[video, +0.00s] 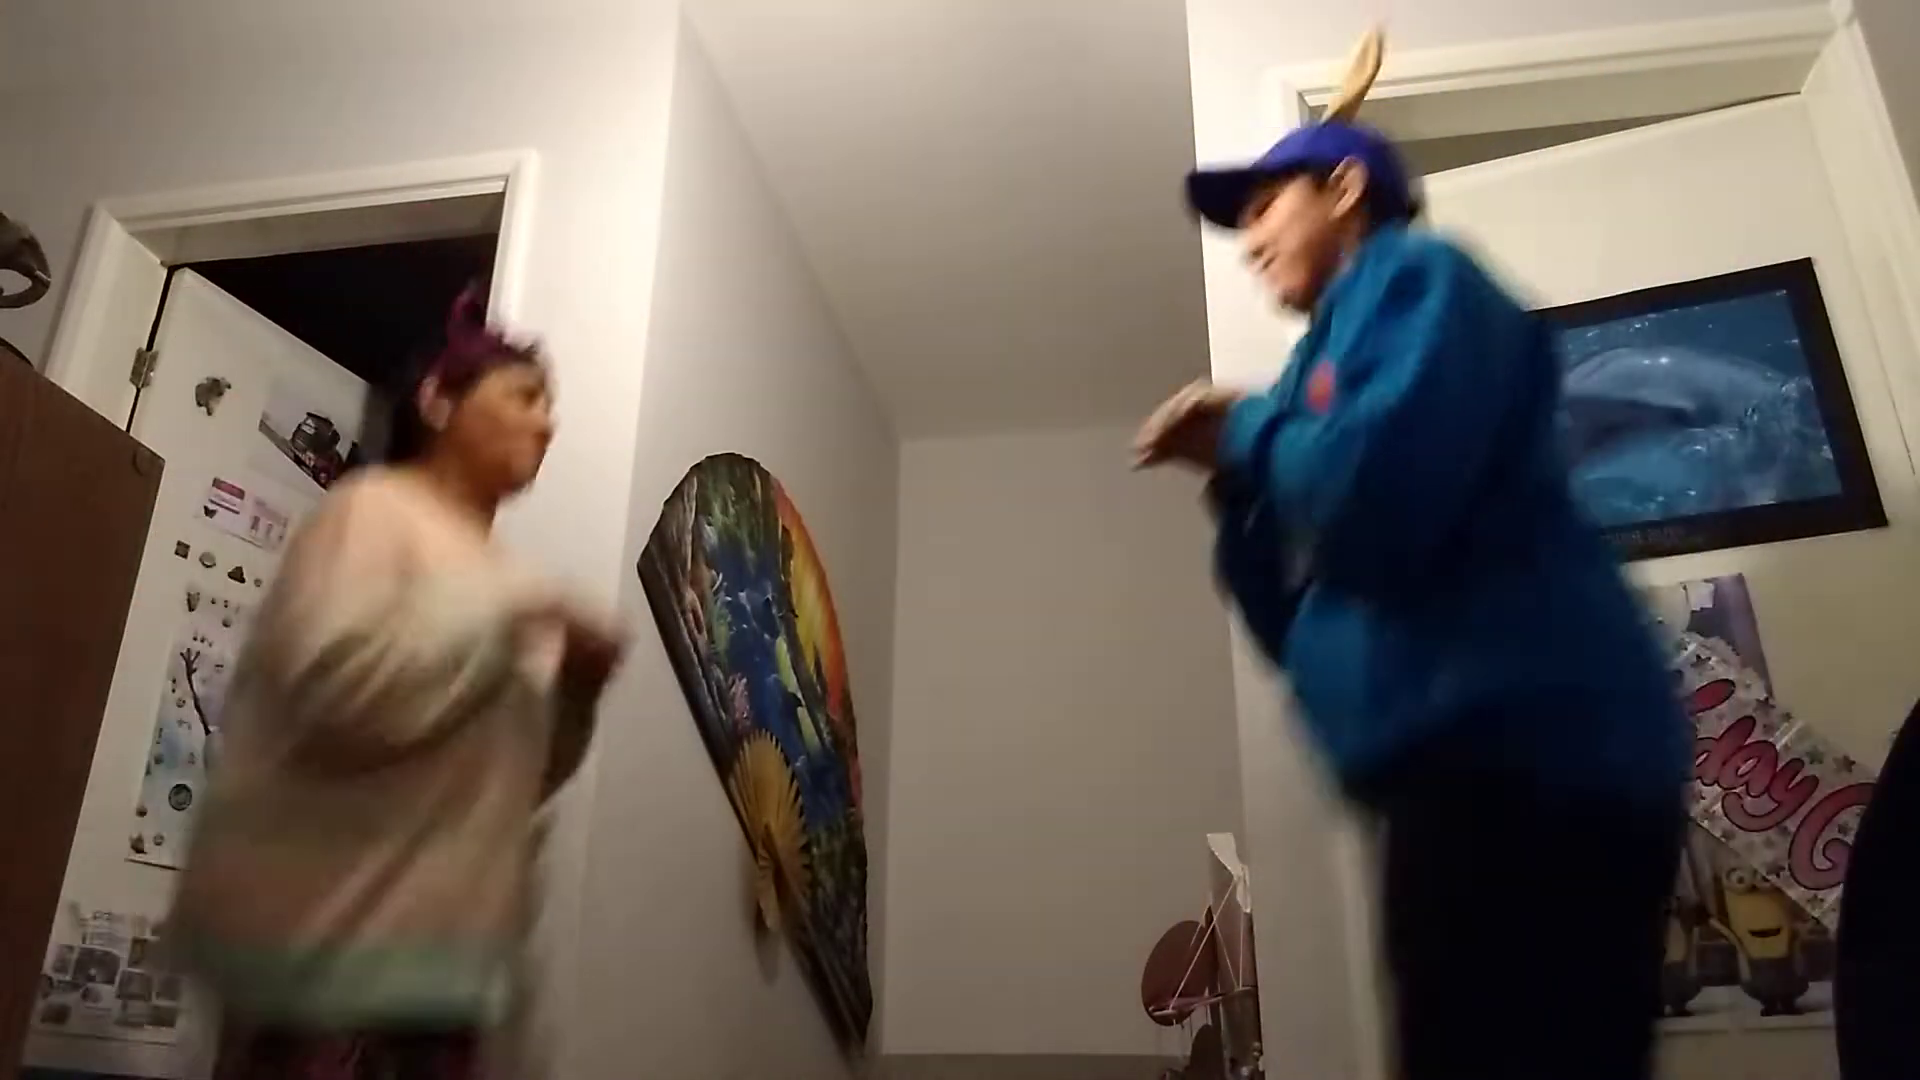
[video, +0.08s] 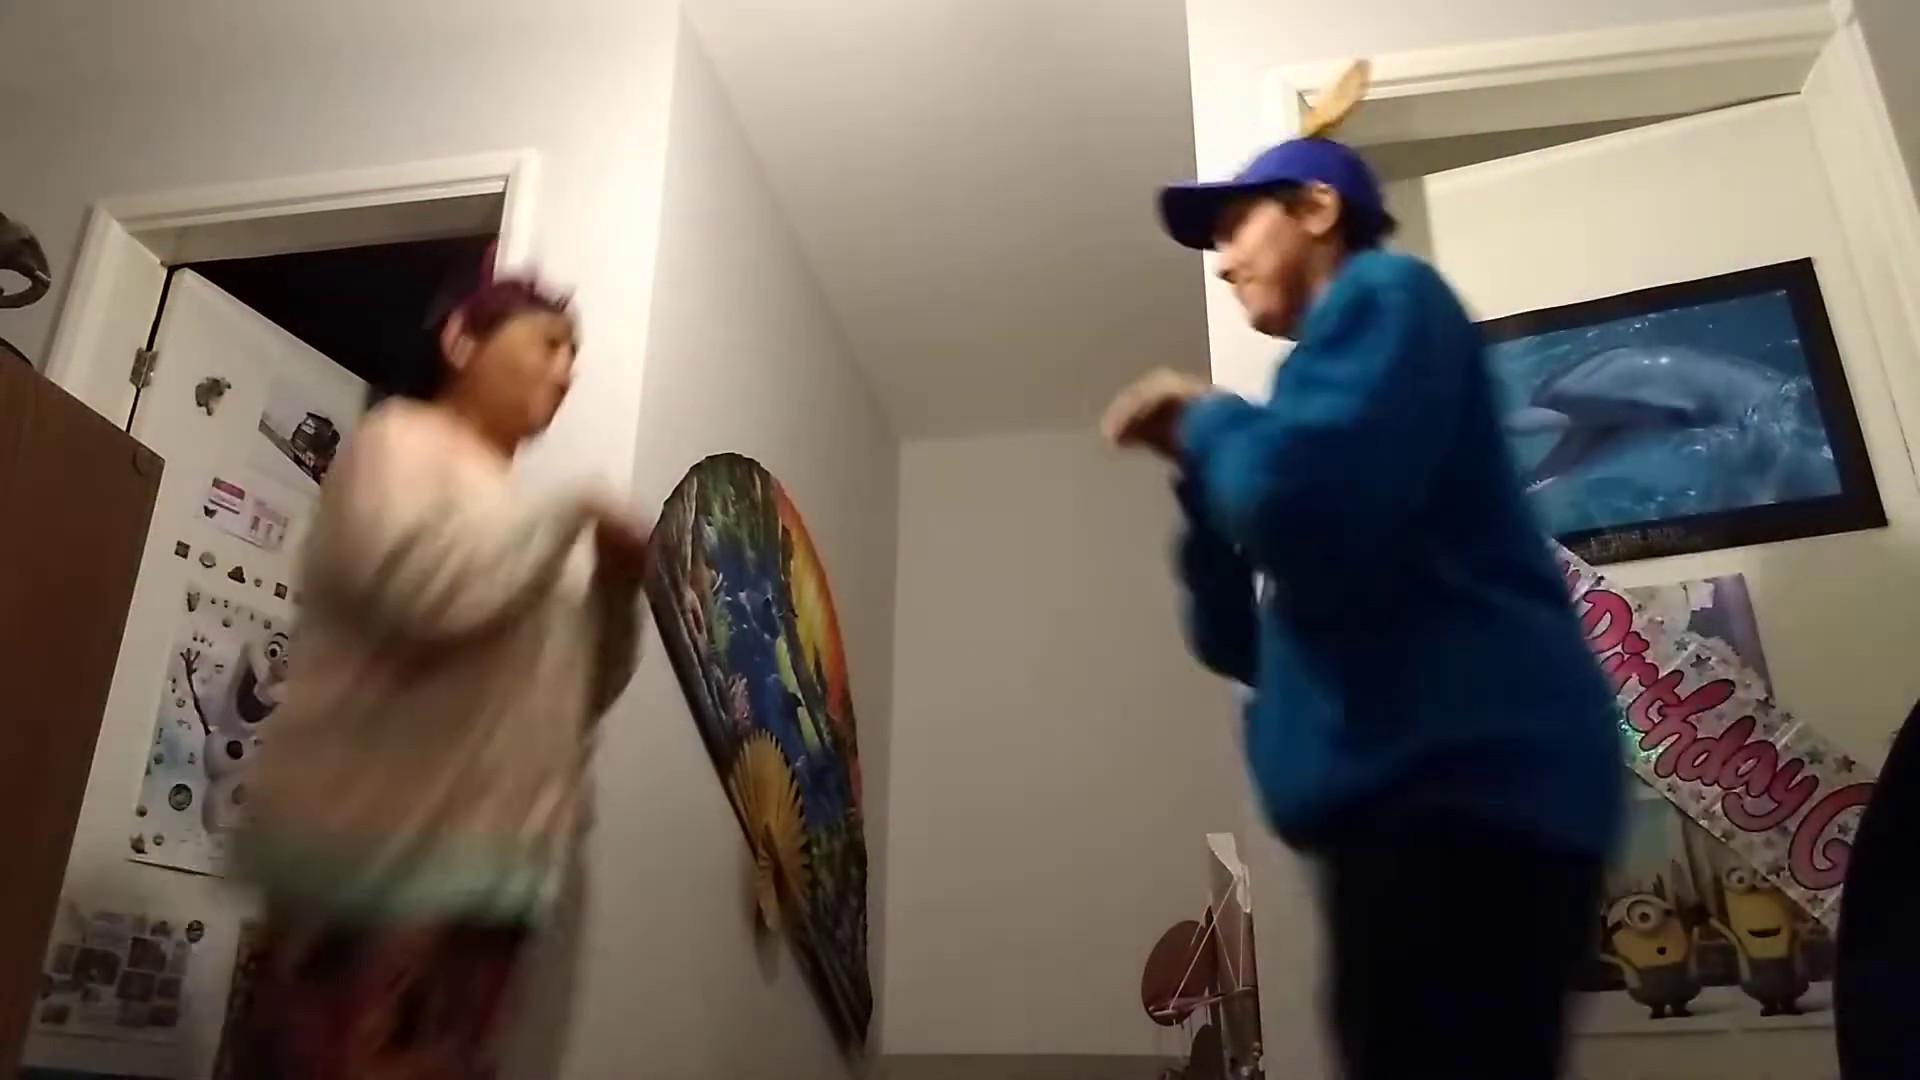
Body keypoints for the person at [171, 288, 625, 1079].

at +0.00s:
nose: (546, 421)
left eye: (547, 404)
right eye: (524, 396)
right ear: (439, 401)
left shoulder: (495, 565)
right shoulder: (368, 512)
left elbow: (515, 781)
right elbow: (330, 695)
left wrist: (577, 688)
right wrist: (503, 630)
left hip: (439, 952)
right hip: (320, 949)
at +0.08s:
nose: (563, 373)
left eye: (569, 357)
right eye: (547, 345)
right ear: (464, 342)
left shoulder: (524, 504)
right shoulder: (398, 442)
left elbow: (575, 696)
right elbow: (415, 590)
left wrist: (616, 588)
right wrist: (564, 525)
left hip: (485, 881)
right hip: (363, 872)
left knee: (441, 1063)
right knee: (327, 1060)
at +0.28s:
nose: (643, 335)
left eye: (647, 320)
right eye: (624, 308)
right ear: (544, 306)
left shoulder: (593, 467)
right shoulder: (481, 410)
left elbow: (635, 665)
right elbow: (504, 567)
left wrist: (688, 579)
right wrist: (647, 519)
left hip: (554, 842)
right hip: (449, 842)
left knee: (545, 1052)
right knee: (455, 1055)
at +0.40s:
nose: (677, 411)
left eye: (676, 393)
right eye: (656, 382)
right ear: (575, 384)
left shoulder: (604, 550)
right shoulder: (511, 503)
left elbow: (646, 756)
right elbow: (531, 693)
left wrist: (709, 680)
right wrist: (675, 623)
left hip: (588, 969)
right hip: (514, 970)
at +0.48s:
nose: (690, 406)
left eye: (691, 388)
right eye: (673, 379)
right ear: (591, 378)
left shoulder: (598, 510)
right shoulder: (544, 487)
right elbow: (575, 664)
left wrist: (720, 639)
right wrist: (714, 596)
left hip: (610, 919)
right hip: (557, 922)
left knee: (625, 1061)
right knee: (576, 1063)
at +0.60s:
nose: (716, 337)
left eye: (717, 319)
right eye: (699, 308)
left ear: (623, 309)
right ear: (618, 304)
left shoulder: (559, 409)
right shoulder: (603, 396)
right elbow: (677, 558)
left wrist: (717, 498)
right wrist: (762, 495)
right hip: (596, 807)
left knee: (619, 1057)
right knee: (631, 1058)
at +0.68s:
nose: (737, 327)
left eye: (739, 311)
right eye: (720, 300)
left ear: (643, 299)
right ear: (644, 291)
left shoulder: (588, 394)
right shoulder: (632, 388)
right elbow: (705, 554)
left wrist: (738, 494)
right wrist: (781, 502)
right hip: (611, 816)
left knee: (607, 1060)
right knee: (645, 1058)